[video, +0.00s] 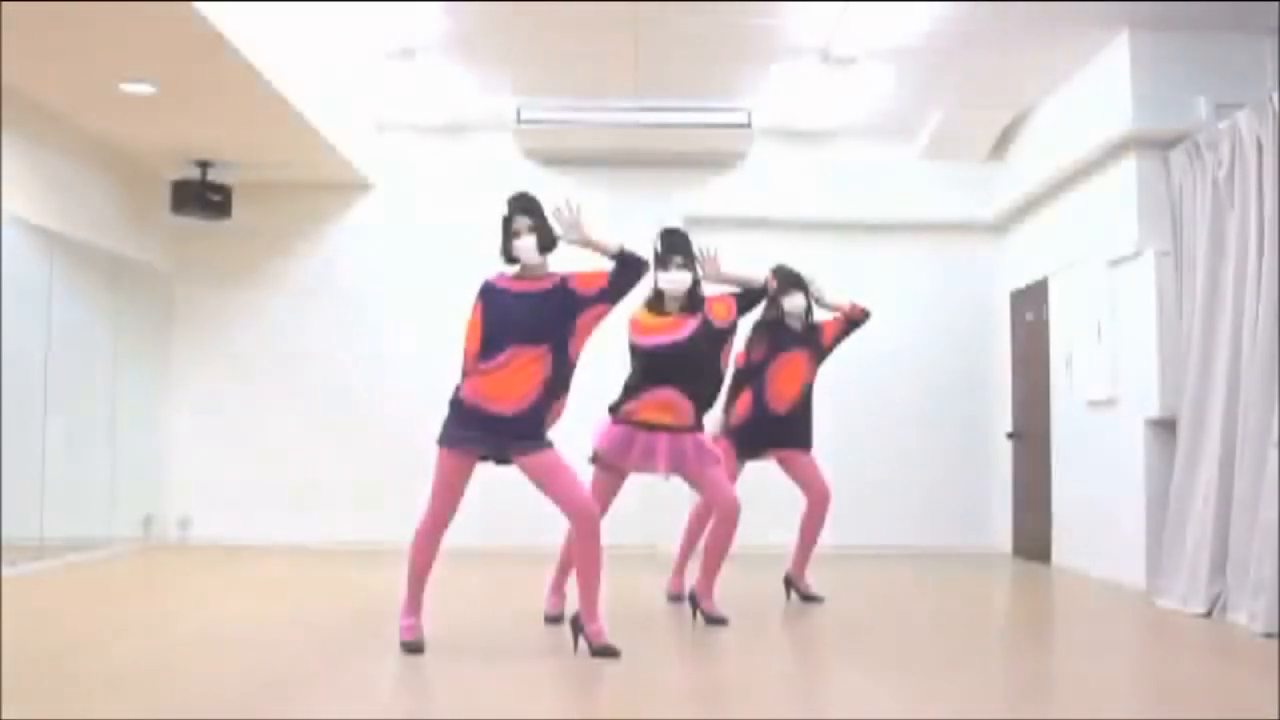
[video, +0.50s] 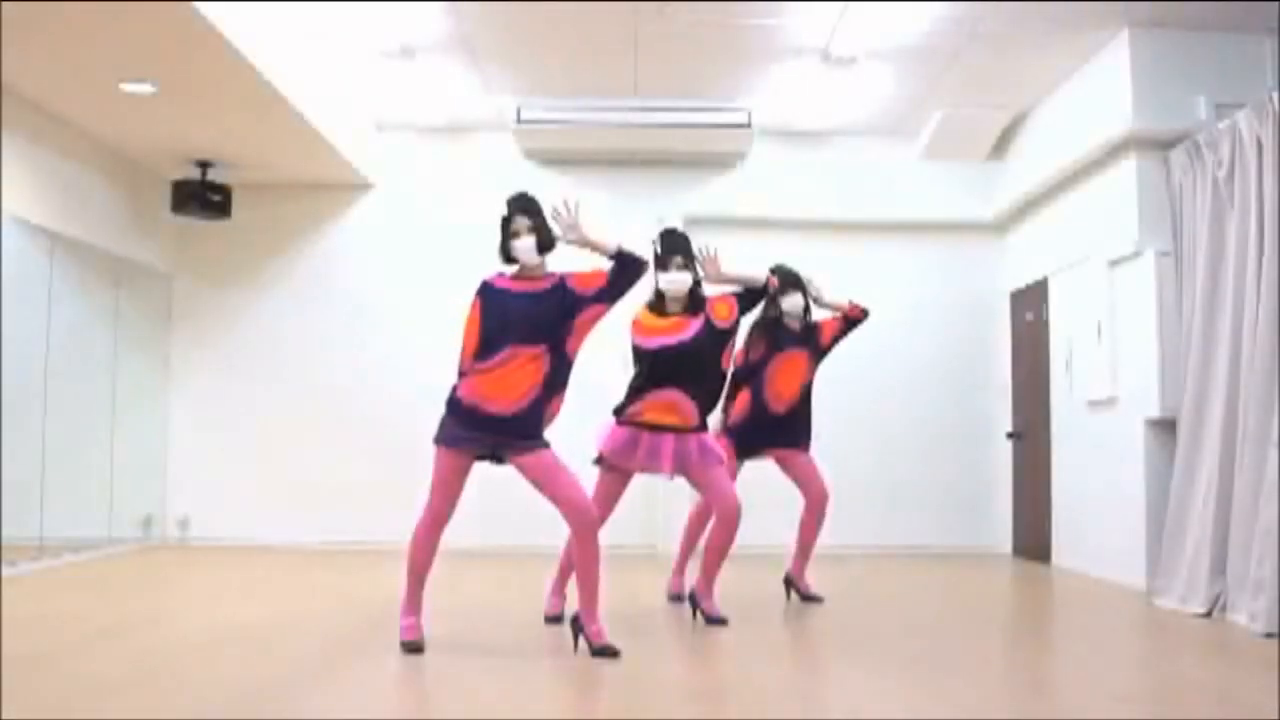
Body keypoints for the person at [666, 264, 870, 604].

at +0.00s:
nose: (793, 305)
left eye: (799, 297)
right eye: (786, 298)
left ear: (806, 300)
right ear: (773, 301)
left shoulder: (818, 337)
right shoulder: (762, 334)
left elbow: (861, 315)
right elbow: (740, 374)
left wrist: (825, 302)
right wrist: (724, 418)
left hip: (786, 436)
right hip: (742, 432)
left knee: (819, 494)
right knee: (711, 499)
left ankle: (797, 572)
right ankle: (678, 573)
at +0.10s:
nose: (794, 305)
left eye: (799, 298)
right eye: (786, 298)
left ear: (807, 300)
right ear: (773, 302)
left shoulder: (818, 337)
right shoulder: (762, 335)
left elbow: (860, 316)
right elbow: (740, 374)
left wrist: (825, 302)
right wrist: (725, 416)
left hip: (786, 436)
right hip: (743, 432)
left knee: (819, 495)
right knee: (710, 500)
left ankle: (797, 572)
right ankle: (679, 573)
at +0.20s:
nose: (793, 305)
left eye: (798, 297)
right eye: (786, 298)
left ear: (806, 300)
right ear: (773, 300)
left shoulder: (817, 337)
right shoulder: (763, 334)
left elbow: (860, 315)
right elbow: (741, 374)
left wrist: (825, 302)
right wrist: (725, 417)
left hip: (786, 435)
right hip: (743, 431)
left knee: (819, 494)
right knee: (710, 500)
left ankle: (797, 572)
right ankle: (678, 573)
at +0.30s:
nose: (793, 305)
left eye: (798, 298)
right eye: (786, 298)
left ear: (806, 300)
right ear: (773, 301)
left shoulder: (817, 337)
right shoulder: (762, 334)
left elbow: (861, 315)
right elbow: (740, 374)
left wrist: (826, 302)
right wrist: (724, 417)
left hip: (786, 435)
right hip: (743, 431)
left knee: (819, 494)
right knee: (710, 499)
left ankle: (797, 572)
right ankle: (678, 573)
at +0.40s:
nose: (792, 305)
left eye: (798, 297)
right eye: (785, 298)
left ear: (806, 300)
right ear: (772, 301)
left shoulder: (817, 337)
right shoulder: (761, 335)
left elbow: (861, 315)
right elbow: (739, 374)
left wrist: (826, 303)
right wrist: (724, 416)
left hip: (785, 435)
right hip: (742, 431)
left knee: (819, 495)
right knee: (710, 499)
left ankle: (797, 572)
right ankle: (678, 573)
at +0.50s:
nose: (792, 304)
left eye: (797, 296)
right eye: (784, 297)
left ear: (805, 300)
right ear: (771, 301)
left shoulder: (816, 336)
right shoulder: (759, 335)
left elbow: (860, 314)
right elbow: (732, 375)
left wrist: (824, 302)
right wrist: (720, 418)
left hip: (785, 436)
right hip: (740, 432)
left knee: (817, 495)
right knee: (710, 499)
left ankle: (797, 572)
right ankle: (679, 573)